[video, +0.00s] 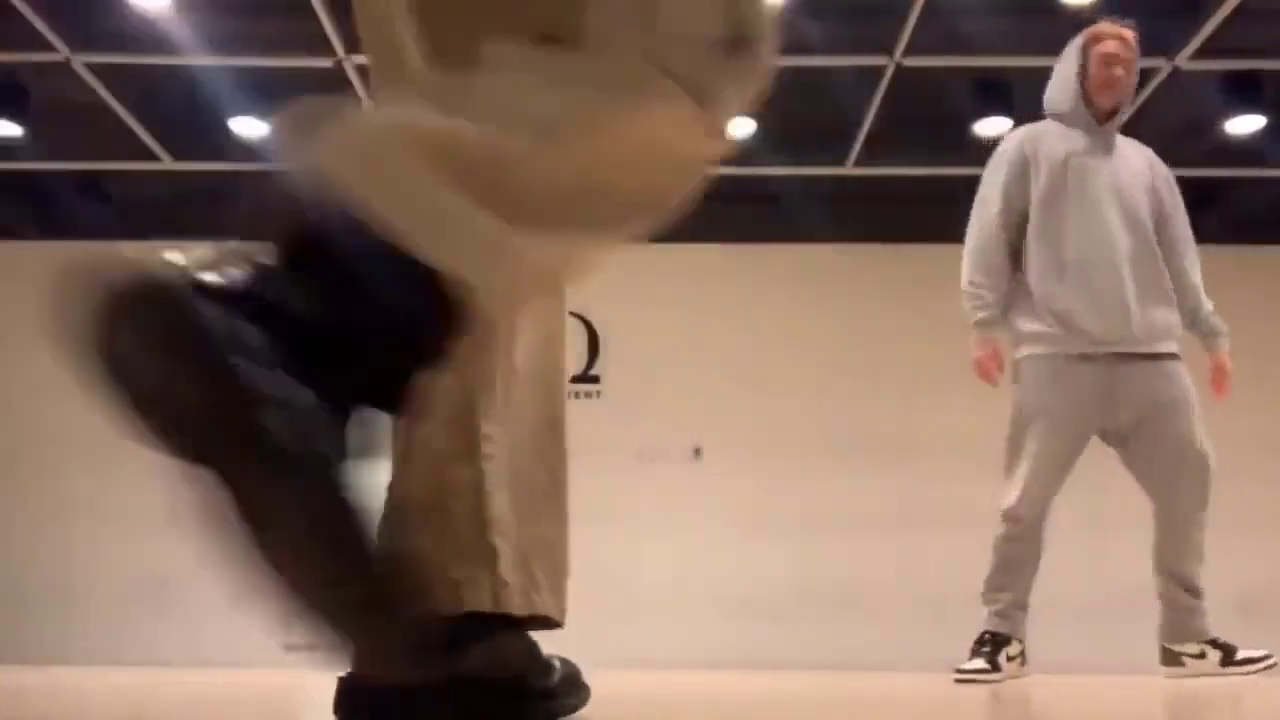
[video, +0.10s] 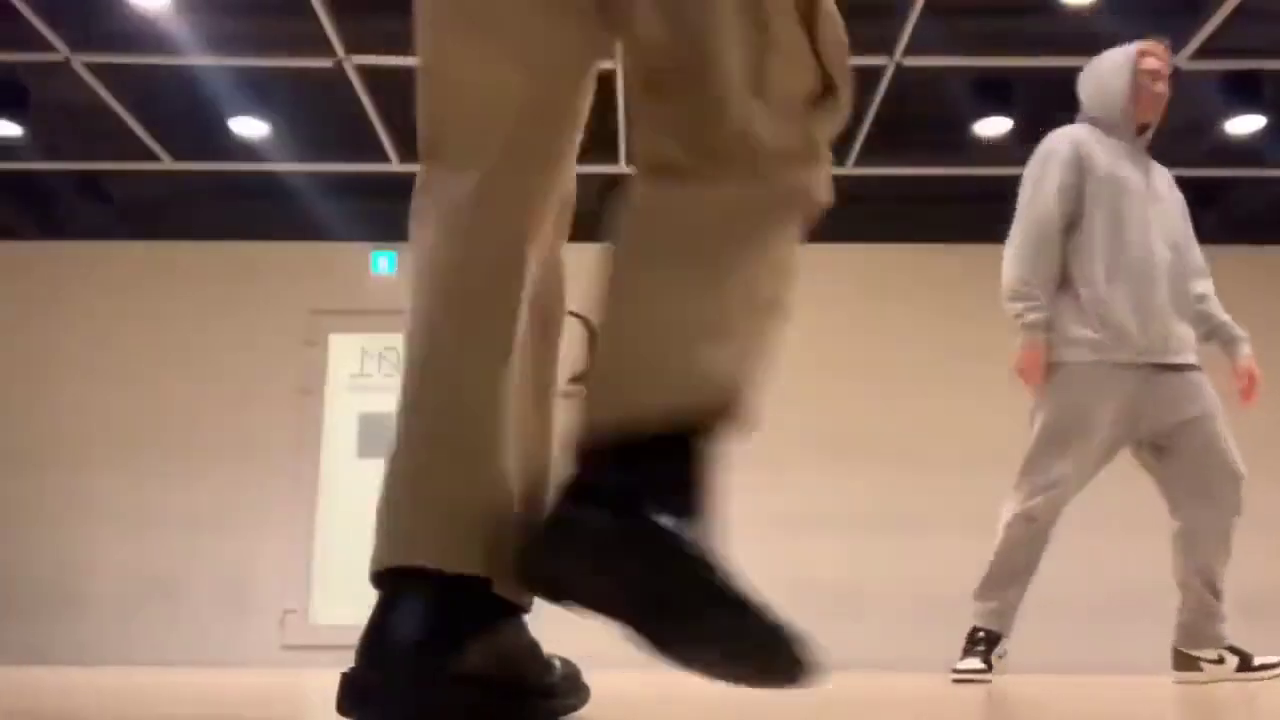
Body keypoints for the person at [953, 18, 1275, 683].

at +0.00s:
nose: (1116, 69)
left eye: (1125, 61)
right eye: (1104, 58)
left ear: (1135, 78)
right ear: (1077, 69)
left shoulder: (1148, 165)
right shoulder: (1028, 147)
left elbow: (1180, 259)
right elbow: (987, 233)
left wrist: (1212, 336)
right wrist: (986, 324)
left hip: (1148, 362)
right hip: (1056, 358)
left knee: (1188, 477)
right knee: (1026, 499)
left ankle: (1185, 635)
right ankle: (1000, 634)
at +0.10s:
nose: (1160, 89)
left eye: (1164, 80)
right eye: (1148, 77)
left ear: (1166, 95)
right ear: (1111, 83)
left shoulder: (1162, 183)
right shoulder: (1070, 147)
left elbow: (1189, 278)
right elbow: (1033, 234)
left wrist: (1234, 343)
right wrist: (1032, 326)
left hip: (1169, 369)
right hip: (1089, 362)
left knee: (1216, 484)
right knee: (1040, 498)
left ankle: (1199, 642)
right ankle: (986, 633)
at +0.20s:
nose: (1199, 97)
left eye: (1199, 89)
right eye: (1188, 87)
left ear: (1174, 106)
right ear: (1152, 96)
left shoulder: (1173, 180)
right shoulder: (1126, 152)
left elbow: (1195, 291)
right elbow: (1093, 241)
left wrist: (1255, 342)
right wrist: (1091, 328)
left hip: (1201, 377)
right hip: (1140, 370)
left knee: (1245, 501)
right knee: (1072, 495)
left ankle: (1202, 643)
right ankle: (985, 625)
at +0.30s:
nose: (1235, 90)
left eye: (1232, 81)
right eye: (1224, 81)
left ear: (1199, 96)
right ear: (1195, 92)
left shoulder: (1206, 159)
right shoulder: (1175, 142)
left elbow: (1217, 278)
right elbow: (1160, 234)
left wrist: (1267, 327)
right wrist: (1156, 319)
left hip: (1238, 358)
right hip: (1192, 347)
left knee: (1255, 504)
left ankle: (1204, 639)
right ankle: (1055, 604)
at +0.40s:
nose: (1263, 80)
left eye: (1261, 69)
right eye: (1255, 69)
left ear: (1223, 81)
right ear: (1232, 77)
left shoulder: (1226, 139)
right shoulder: (1207, 132)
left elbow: (1213, 237)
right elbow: (1193, 228)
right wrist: (1196, 312)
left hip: (1249, 340)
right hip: (1223, 339)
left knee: (1252, 491)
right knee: (1228, 473)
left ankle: (1204, 640)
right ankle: (1122, 598)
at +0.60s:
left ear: (1269, 91)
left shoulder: (1271, 143)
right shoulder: (1272, 144)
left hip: (1256, 313)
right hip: (1263, 312)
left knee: (1255, 471)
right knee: (1256, 471)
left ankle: (1212, 633)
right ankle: (1211, 633)